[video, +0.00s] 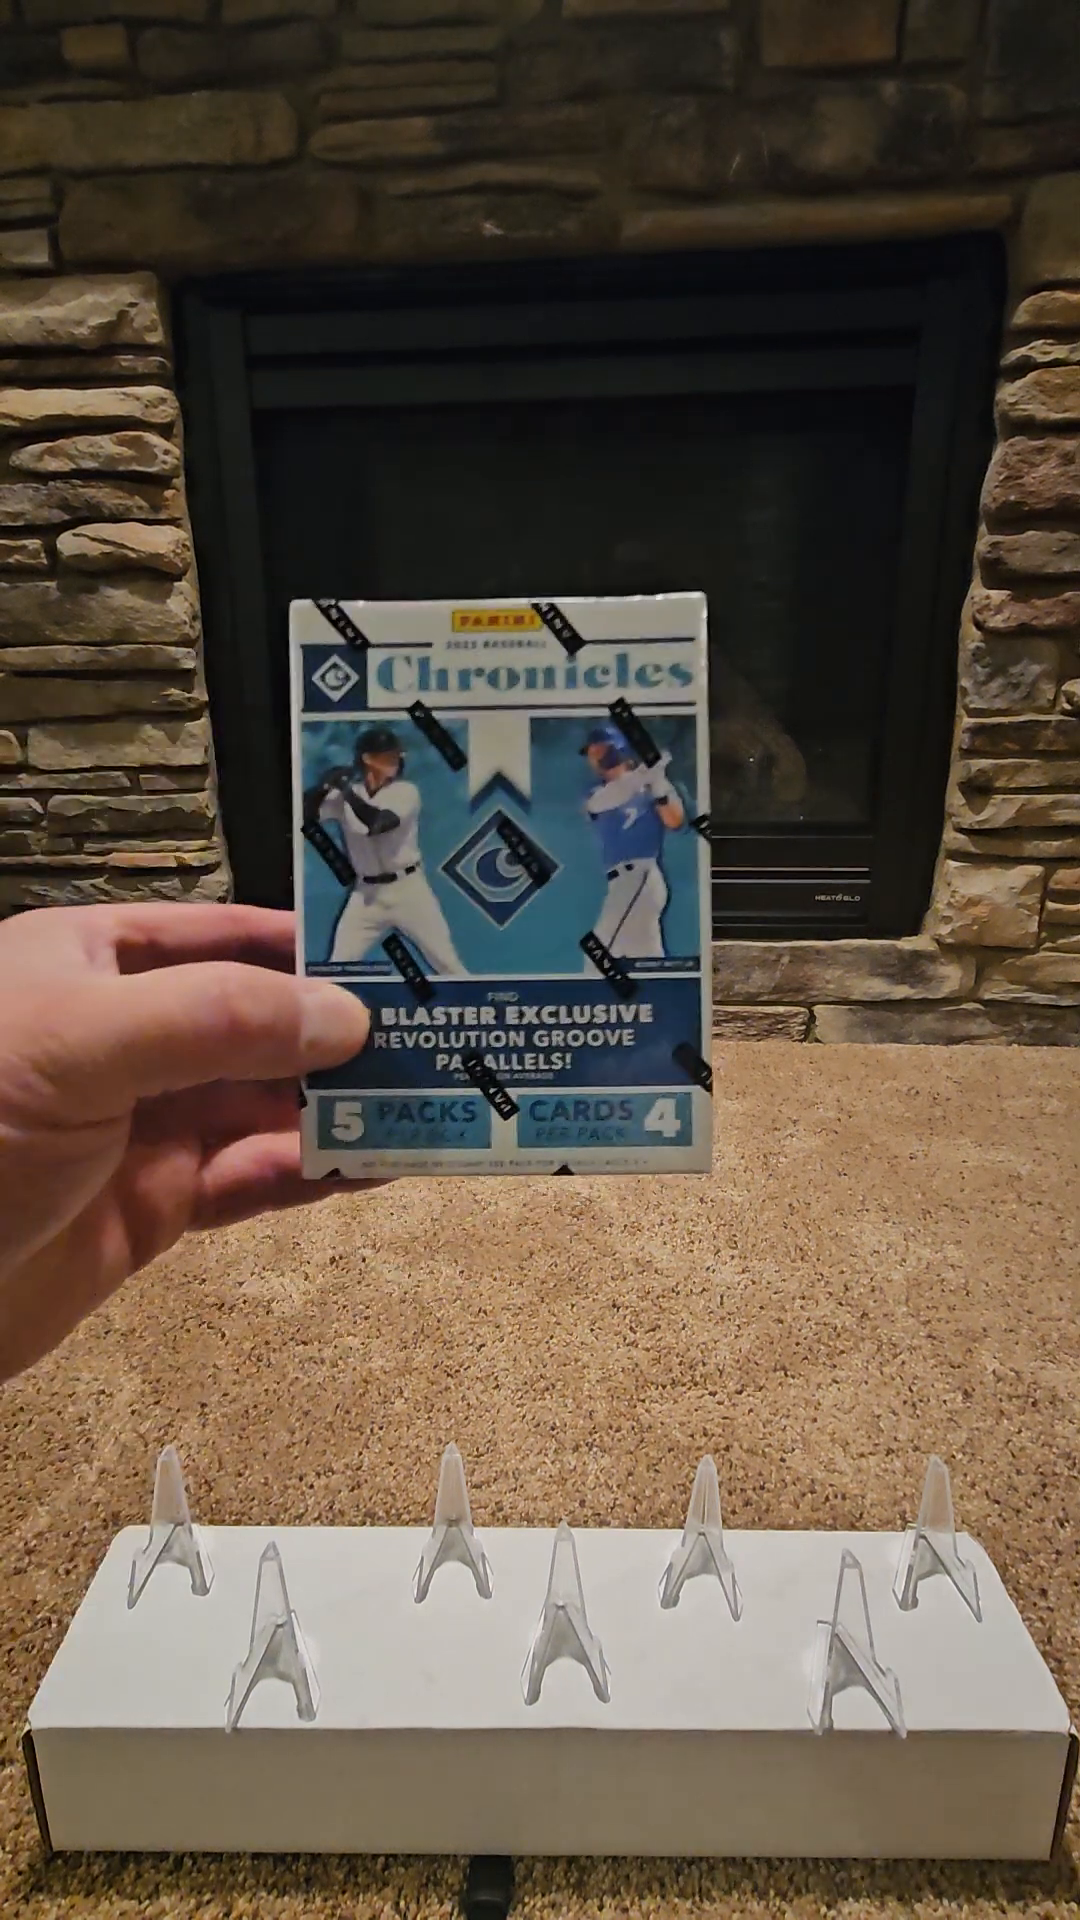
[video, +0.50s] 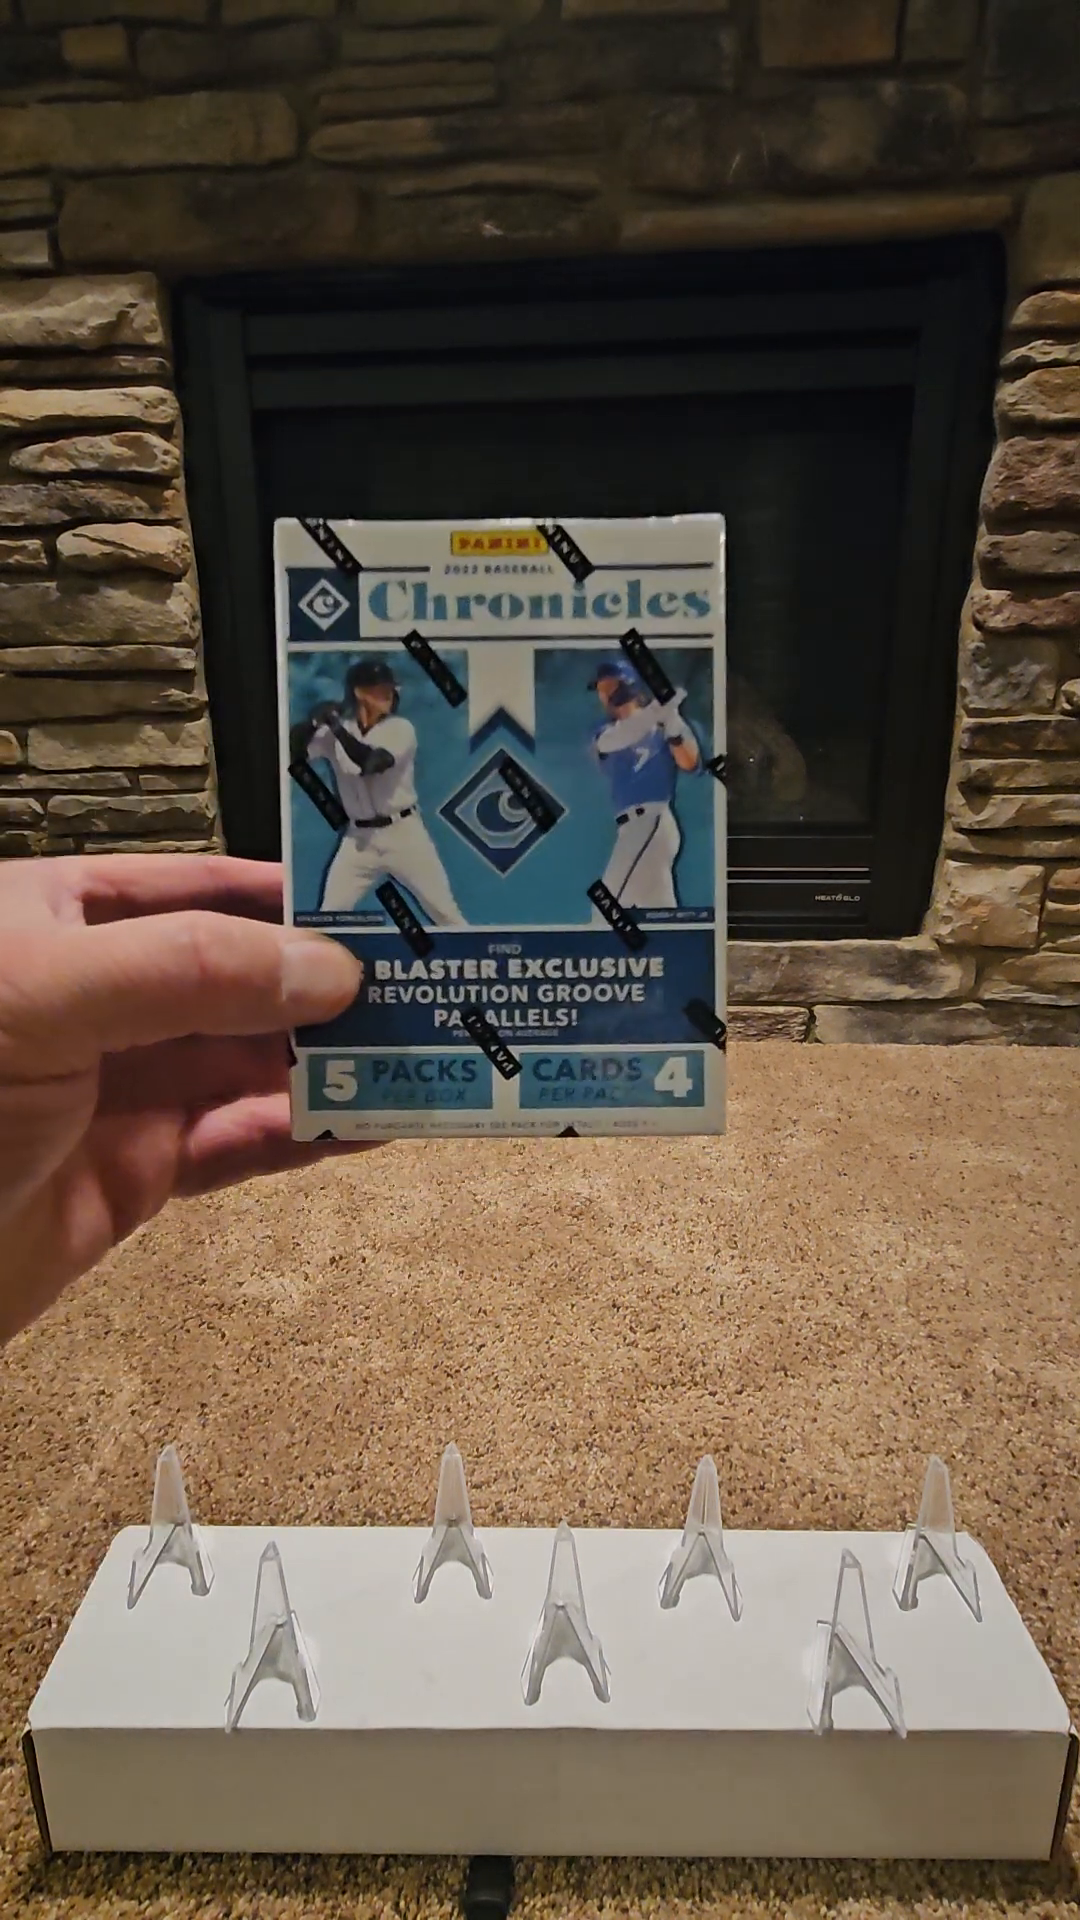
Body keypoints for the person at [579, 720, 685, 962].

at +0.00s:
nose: (597, 760)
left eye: (602, 751)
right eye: (592, 754)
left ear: (619, 752)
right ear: (589, 759)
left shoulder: (651, 783)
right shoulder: (599, 794)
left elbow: (675, 821)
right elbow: (597, 805)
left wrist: (658, 782)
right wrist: (639, 776)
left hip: (641, 880)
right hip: (621, 882)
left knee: (598, 951)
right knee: (649, 963)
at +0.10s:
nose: (599, 742)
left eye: (606, 734)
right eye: (597, 735)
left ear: (625, 738)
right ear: (595, 740)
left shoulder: (661, 769)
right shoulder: (603, 778)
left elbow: (682, 807)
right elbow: (609, 787)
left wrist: (666, 770)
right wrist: (647, 761)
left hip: (646, 865)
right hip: (626, 868)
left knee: (603, 940)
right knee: (654, 950)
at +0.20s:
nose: (592, 726)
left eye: (599, 718)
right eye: (588, 720)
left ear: (617, 719)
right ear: (585, 725)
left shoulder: (649, 751)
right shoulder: (593, 762)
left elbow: (673, 790)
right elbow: (601, 769)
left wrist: (657, 751)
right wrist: (638, 741)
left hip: (637, 848)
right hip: (616, 852)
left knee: (594, 924)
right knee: (646, 936)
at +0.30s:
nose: (582, 714)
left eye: (589, 705)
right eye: (578, 707)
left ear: (607, 705)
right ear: (575, 711)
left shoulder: (644, 740)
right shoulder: (584, 750)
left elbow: (666, 778)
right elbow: (601, 753)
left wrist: (649, 738)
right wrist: (631, 729)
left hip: (631, 838)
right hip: (610, 842)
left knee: (588, 916)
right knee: (640, 929)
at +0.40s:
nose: (593, 707)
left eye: (600, 698)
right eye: (589, 701)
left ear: (619, 698)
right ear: (585, 704)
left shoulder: (653, 731)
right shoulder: (594, 741)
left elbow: (677, 771)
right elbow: (603, 750)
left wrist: (660, 731)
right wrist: (641, 721)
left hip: (641, 831)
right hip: (621, 834)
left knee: (597, 910)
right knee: (650, 920)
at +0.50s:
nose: (602, 693)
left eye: (608, 685)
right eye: (600, 687)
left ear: (625, 685)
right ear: (599, 694)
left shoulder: (663, 721)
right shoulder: (605, 732)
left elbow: (690, 764)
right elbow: (620, 738)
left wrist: (673, 724)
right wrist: (654, 712)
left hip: (652, 823)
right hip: (632, 827)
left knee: (608, 906)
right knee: (660, 915)